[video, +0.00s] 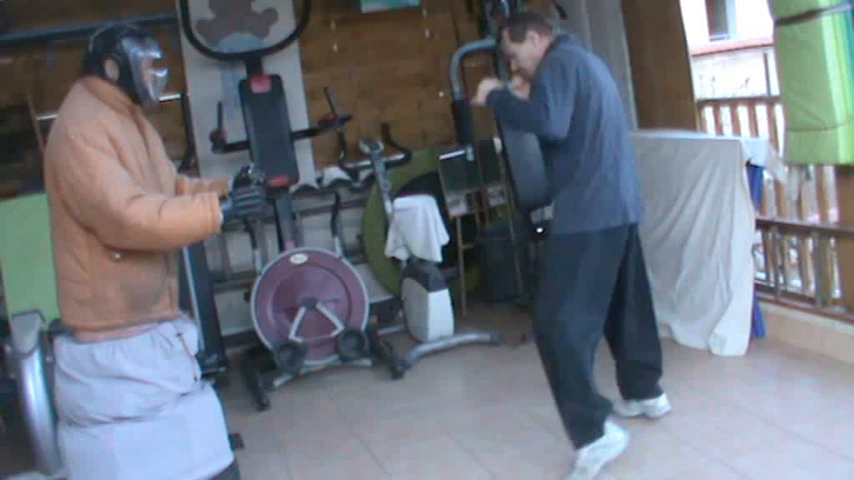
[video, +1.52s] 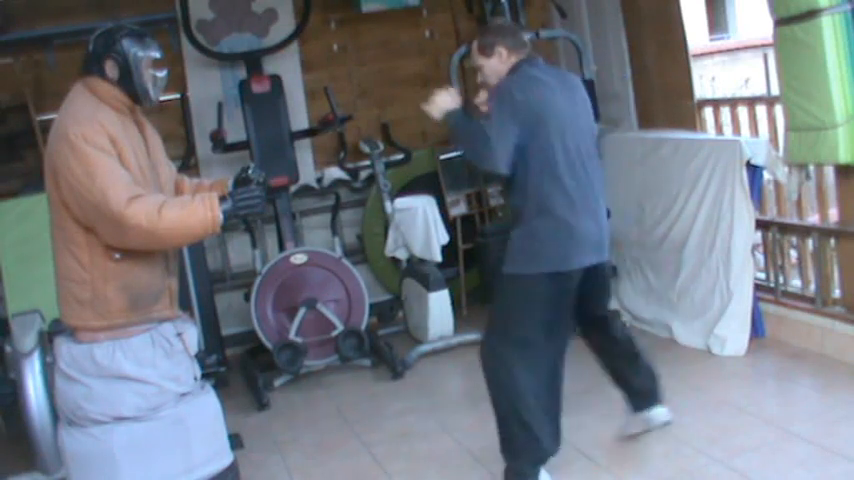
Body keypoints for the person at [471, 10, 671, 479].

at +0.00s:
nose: (517, 65)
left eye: (517, 57)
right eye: (513, 59)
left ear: (536, 37)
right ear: (543, 34)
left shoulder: (560, 62)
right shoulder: (585, 59)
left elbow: (550, 123)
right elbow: (576, 124)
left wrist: (496, 97)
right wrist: (532, 92)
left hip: (587, 213)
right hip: (621, 208)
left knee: (556, 323)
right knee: (627, 302)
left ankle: (595, 435)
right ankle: (645, 393)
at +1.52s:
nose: (480, 75)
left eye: (480, 66)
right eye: (477, 67)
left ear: (501, 54)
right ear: (521, 50)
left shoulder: (513, 91)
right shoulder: (571, 82)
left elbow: (496, 158)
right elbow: (562, 142)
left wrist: (453, 115)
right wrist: (501, 108)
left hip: (545, 243)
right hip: (592, 234)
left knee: (509, 348)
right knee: (597, 319)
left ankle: (527, 464)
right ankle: (649, 404)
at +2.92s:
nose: (432, 72)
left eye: (434, 60)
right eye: (432, 62)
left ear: (454, 53)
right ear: (475, 54)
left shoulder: (460, 100)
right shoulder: (525, 102)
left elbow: (405, 175)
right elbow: (539, 190)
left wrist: (366, 122)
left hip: (473, 269)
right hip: (519, 264)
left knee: (489, 388)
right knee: (471, 376)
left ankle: (539, 474)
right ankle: (448, 468)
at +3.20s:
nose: (451, 58)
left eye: (451, 47)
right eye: (447, 50)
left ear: (474, 29)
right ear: (483, 26)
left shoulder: (512, 63)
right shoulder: (532, 56)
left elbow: (471, 147)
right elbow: (520, 141)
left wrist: (419, 101)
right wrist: (470, 104)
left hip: (561, 235)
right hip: (578, 226)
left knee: (549, 358)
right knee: (559, 350)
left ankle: (574, 467)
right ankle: (579, 462)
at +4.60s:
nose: (530, 63)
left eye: (530, 52)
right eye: (527, 54)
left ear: (551, 41)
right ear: (571, 37)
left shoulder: (554, 84)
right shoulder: (627, 73)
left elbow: (496, 122)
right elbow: (636, 136)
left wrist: (422, 108)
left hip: (593, 236)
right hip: (642, 227)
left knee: (591, 343)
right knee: (633, 329)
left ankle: (628, 462)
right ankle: (650, 417)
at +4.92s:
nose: (484, 78)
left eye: (488, 69)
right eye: (481, 70)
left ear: (518, 57)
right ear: (508, 60)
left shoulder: (563, 91)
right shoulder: (527, 96)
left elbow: (543, 150)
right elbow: (508, 161)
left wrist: (480, 104)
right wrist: (473, 128)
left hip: (579, 247)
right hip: (559, 246)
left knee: (554, 363)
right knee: (606, 337)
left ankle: (540, 470)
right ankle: (651, 413)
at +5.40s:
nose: (400, 74)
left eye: (404, 65)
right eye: (400, 66)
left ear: (427, 59)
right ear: (444, 62)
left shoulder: (419, 97)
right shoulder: (484, 111)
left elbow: (354, 96)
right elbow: (528, 161)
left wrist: (338, 58)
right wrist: (485, 168)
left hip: (424, 249)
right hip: (462, 254)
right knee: (419, 355)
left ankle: (484, 440)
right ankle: (417, 458)